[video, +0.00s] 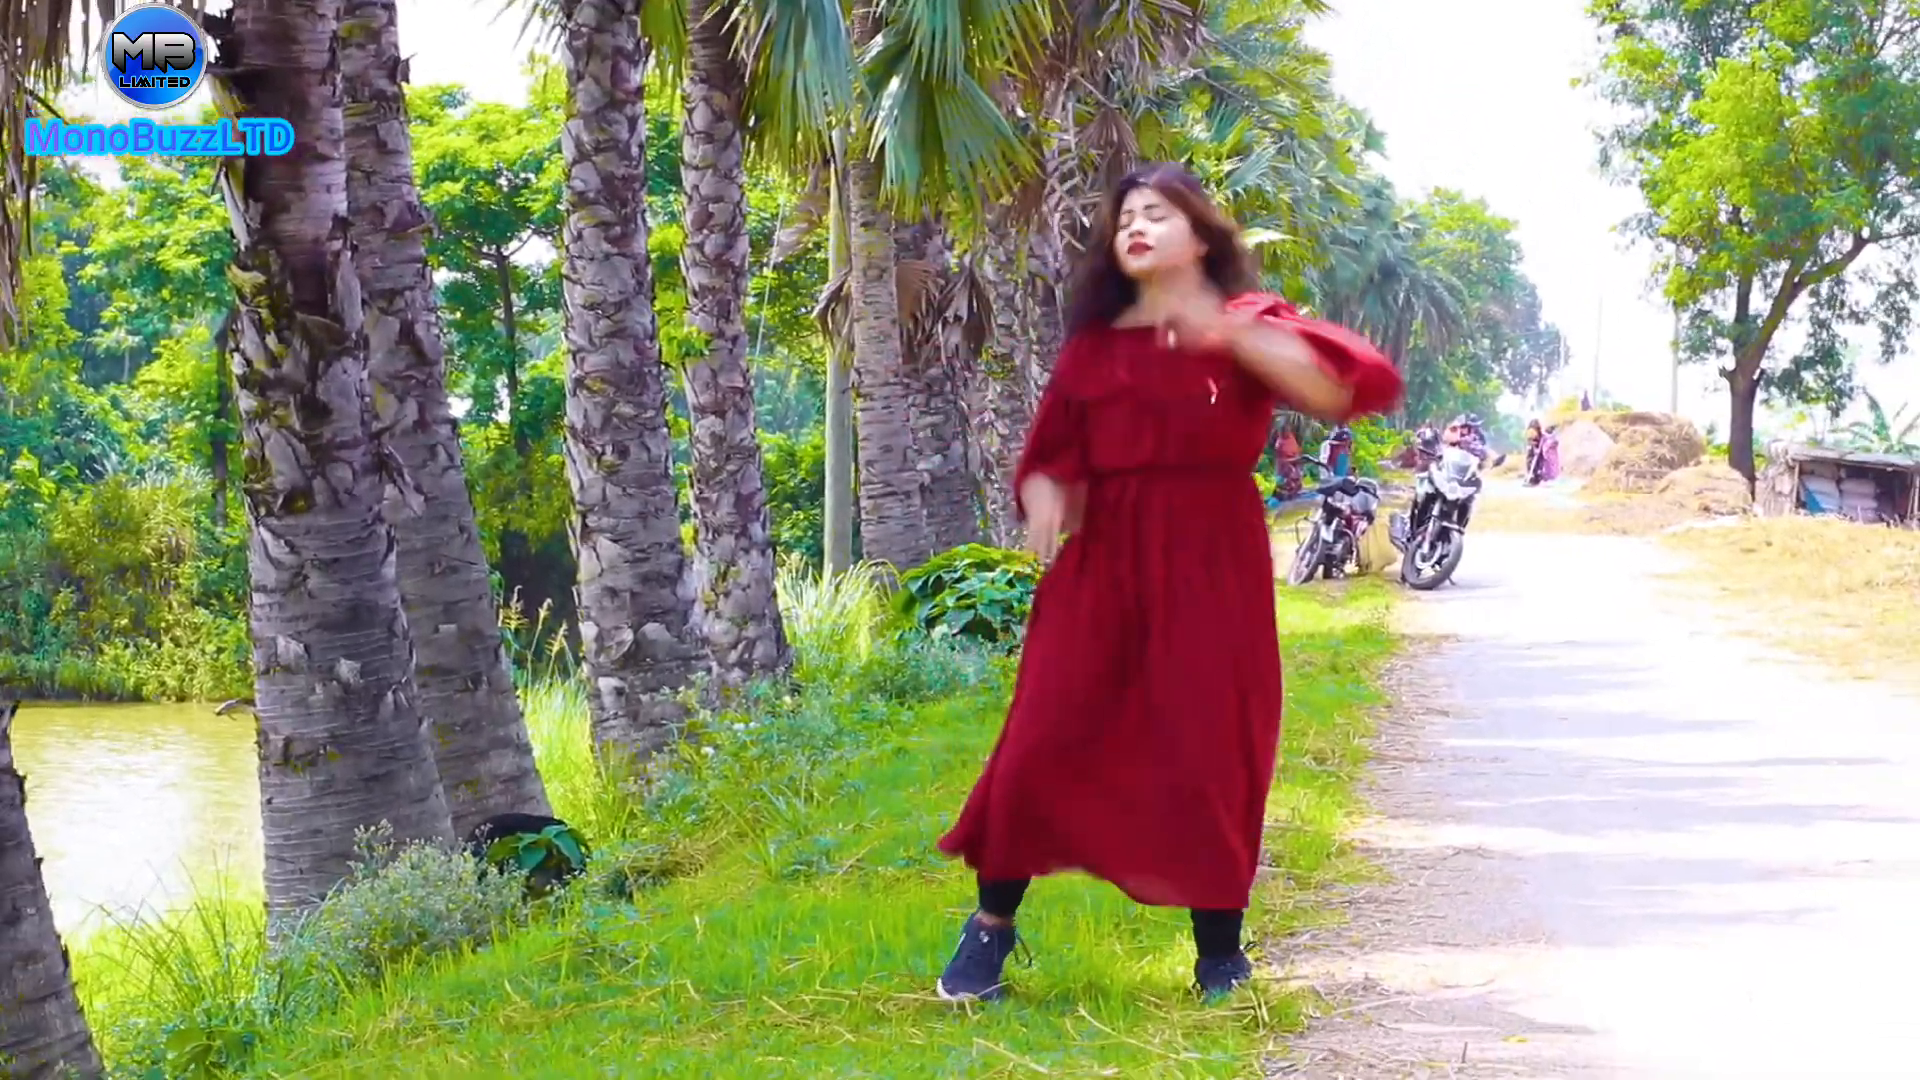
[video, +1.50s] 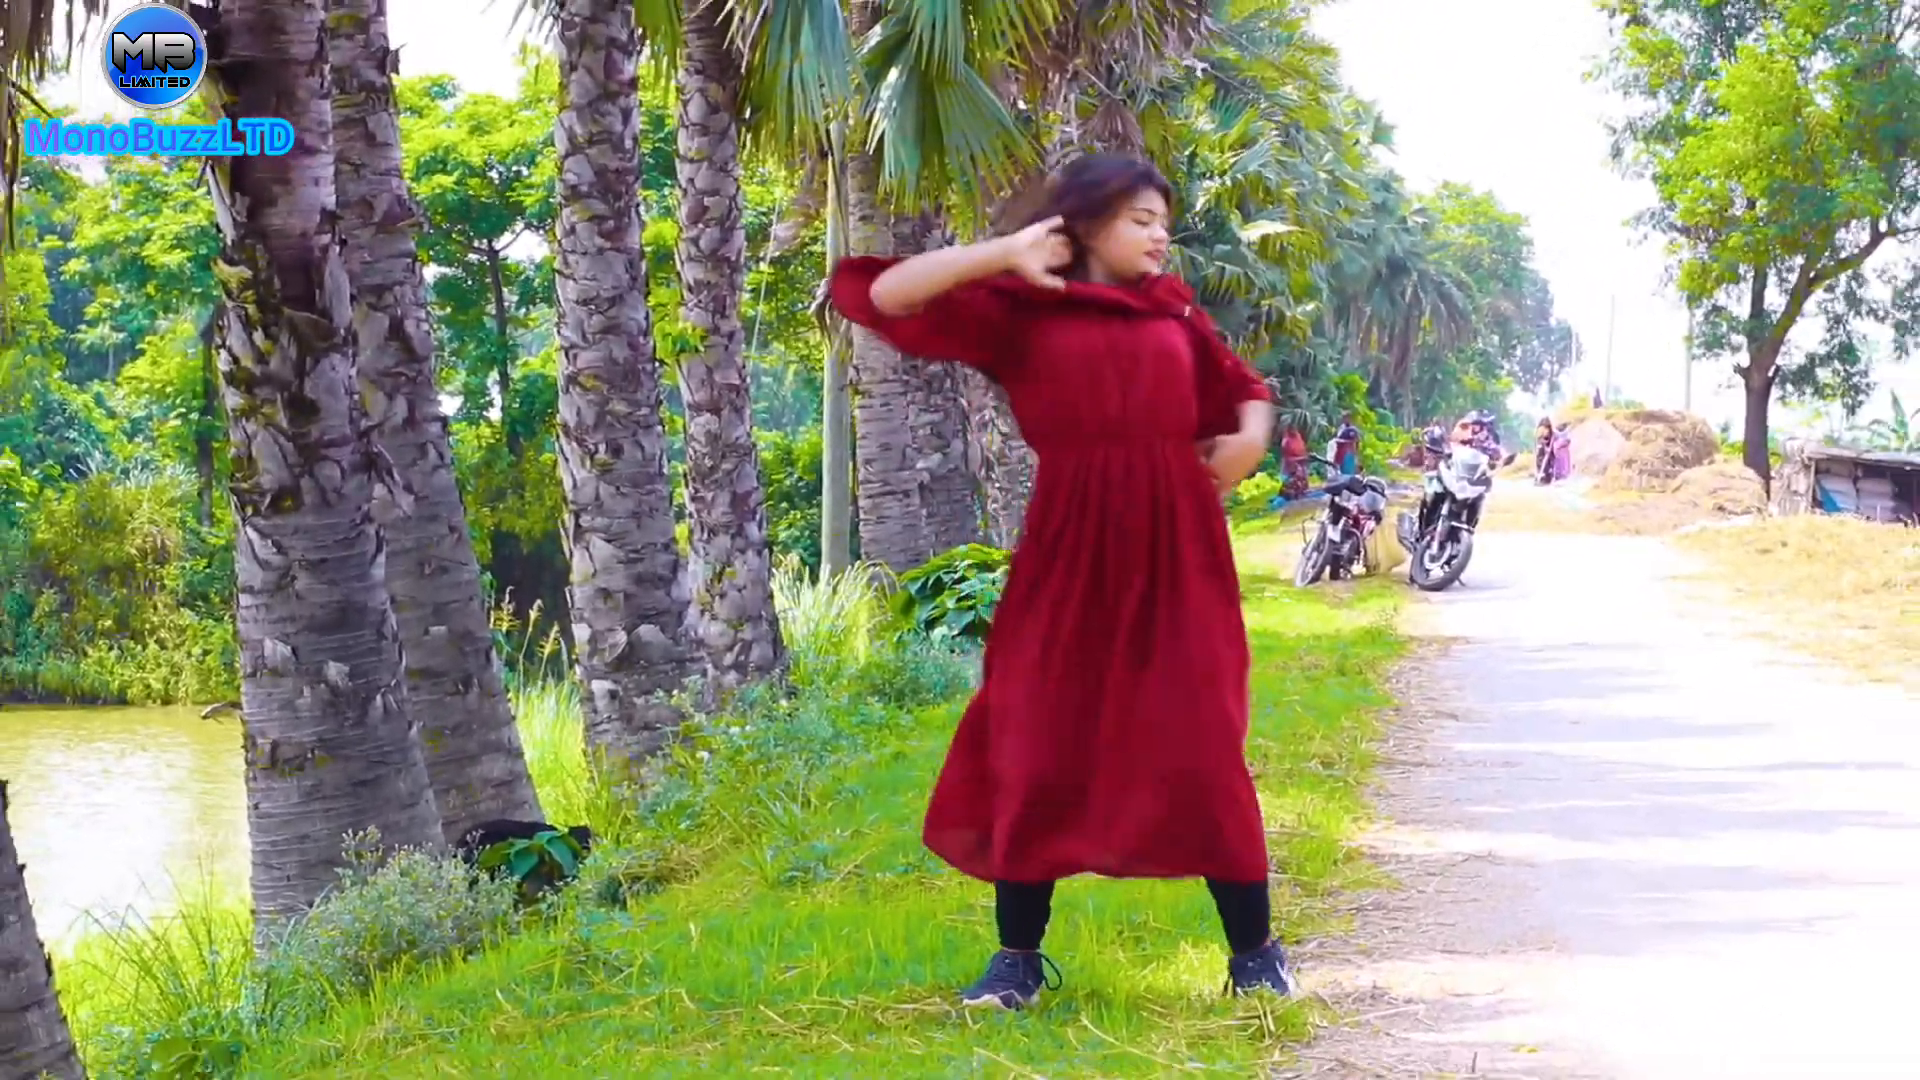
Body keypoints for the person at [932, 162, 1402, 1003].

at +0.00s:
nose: (1137, 225)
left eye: (1156, 213)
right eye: (1125, 220)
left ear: (1199, 232)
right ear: (1115, 249)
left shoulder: (1248, 322)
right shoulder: (1092, 346)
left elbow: (1339, 397)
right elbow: (1049, 452)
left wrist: (1246, 335)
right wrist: (1044, 496)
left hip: (1211, 556)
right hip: (1101, 553)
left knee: (1213, 747)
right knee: (1034, 736)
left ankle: (1221, 955)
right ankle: (989, 928)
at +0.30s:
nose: (1154, 222)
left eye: (1173, 208)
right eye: (1154, 208)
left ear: (1226, 223)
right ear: (1163, 224)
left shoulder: (1269, 297)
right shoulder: (1147, 314)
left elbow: (1301, 308)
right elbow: (1113, 413)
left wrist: (1234, 254)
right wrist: (1072, 477)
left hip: (1218, 535)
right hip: (1125, 532)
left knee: (1216, 731)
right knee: (1089, 723)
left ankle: (1223, 949)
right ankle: (1038, 936)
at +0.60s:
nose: (1121, 238)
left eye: (1138, 224)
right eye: (1121, 224)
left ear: (1189, 234)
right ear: (1136, 236)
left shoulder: (1239, 319)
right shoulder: (1110, 317)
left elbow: (1365, 315)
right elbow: (1058, 397)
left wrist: (1254, 264)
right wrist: (1037, 451)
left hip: (1200, 539)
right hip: (1104, 534)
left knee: (1205, 732)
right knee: (1041, 717)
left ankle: (1219, 938)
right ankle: (1020, 919)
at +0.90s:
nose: (1131, 239)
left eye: (1142, 231)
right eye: (1112, 225)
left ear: (1150, 254)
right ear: (1066, 238)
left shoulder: (1176, 343)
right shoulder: (1012, 332)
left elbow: (1240, 450)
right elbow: (957, 417)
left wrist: (1197, 451)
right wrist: (1065, 342)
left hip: (1153, 559)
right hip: (1043, 559)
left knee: (1189, 741)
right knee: (1028, 746)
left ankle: (1213, 941)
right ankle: (1016, 944)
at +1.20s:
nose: (1096, 218)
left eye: (1100, 203)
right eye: (1080, 202)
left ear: (1097, 216)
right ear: (1029, 208)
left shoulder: (1112, 295)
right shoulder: (980, 292)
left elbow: (1185, 374)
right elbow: (884, 294)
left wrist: (1173, 423)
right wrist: (1010, 246)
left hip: (1118, 517)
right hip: (1014, 520)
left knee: (1161, 720)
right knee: (1008, 724)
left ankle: (1191, 938)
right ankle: (995, 941)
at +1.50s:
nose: (1161, 237)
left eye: (1165, 224)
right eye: (1142, 220)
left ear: (1164, 234)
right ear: (1080, 229)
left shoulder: (1177, 316)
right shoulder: (1022, 313)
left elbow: (1248, 388)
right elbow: (882, 295)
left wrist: (1249, 439)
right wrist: (1001, 251)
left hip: (1180, 551)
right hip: (1069, 553)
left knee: (1210, 751)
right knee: (1033, 750)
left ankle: (1255, 957)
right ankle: (1017, 960)